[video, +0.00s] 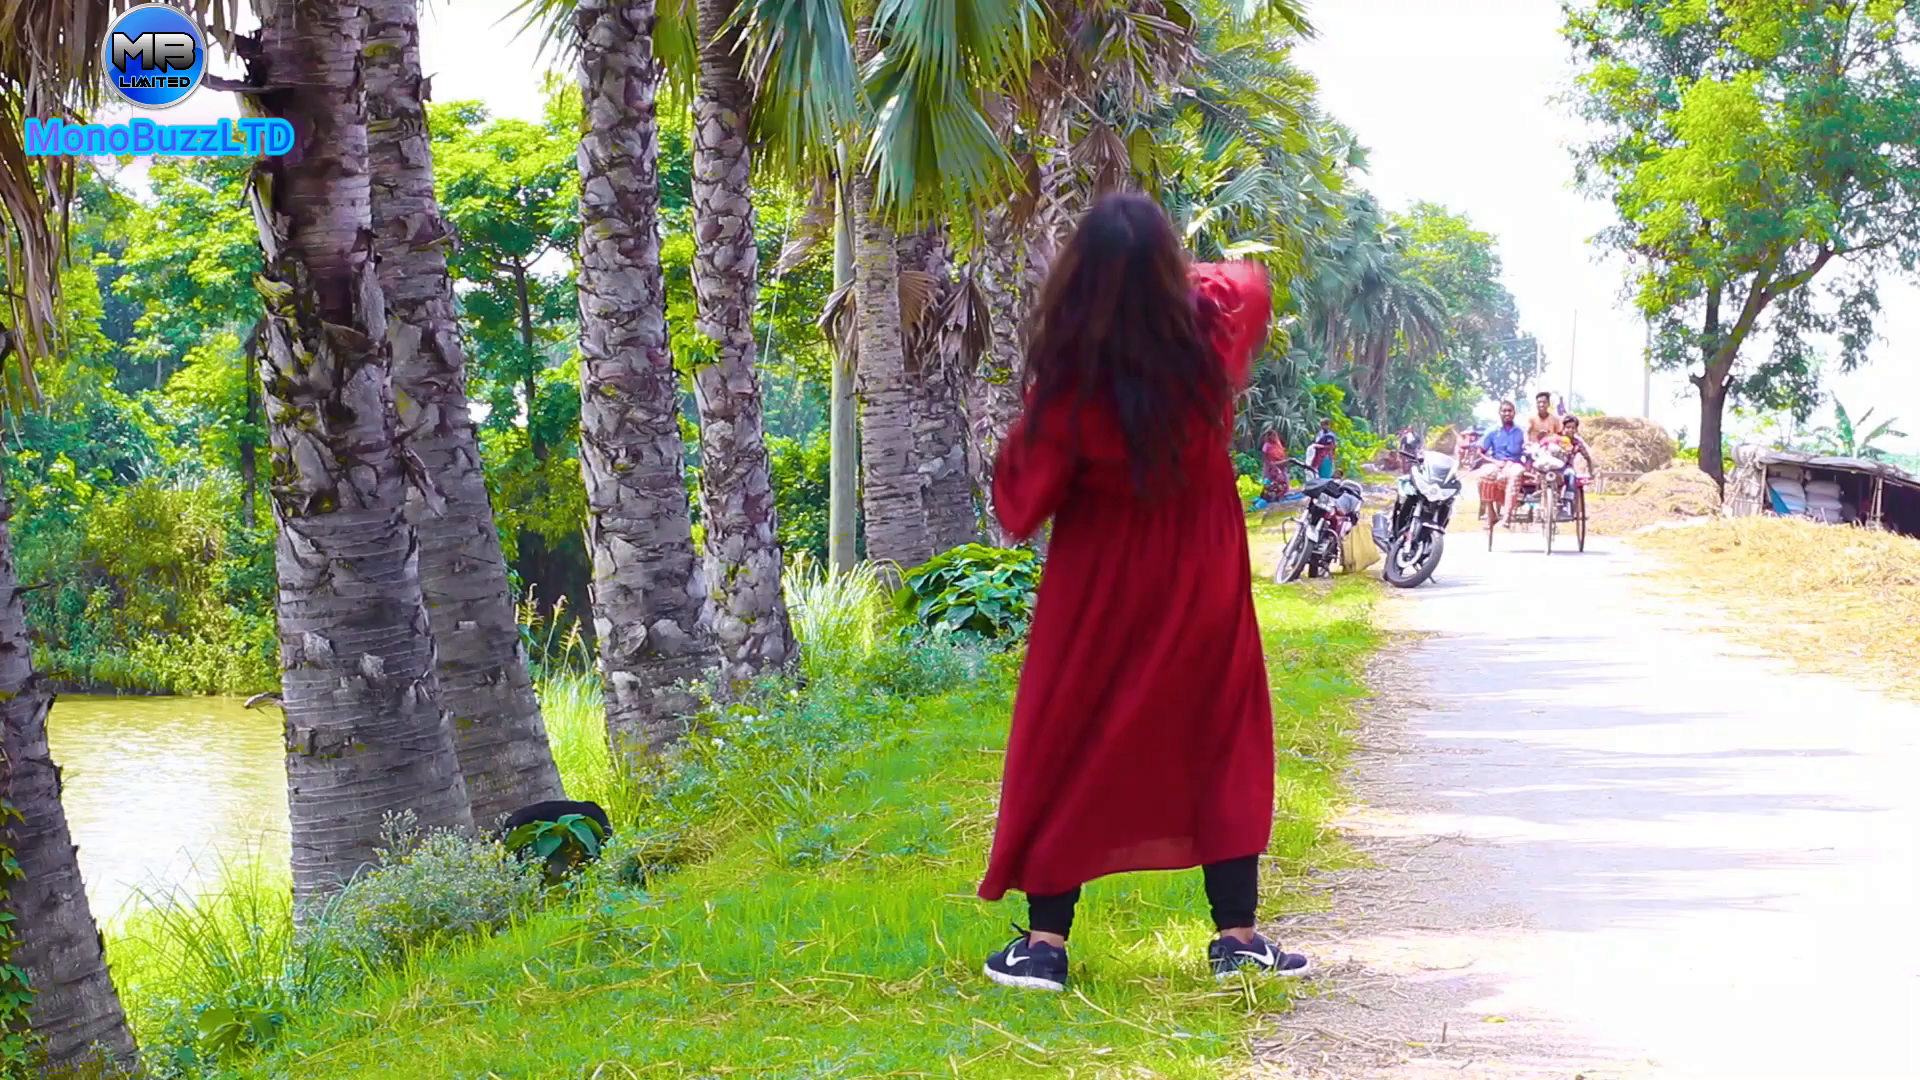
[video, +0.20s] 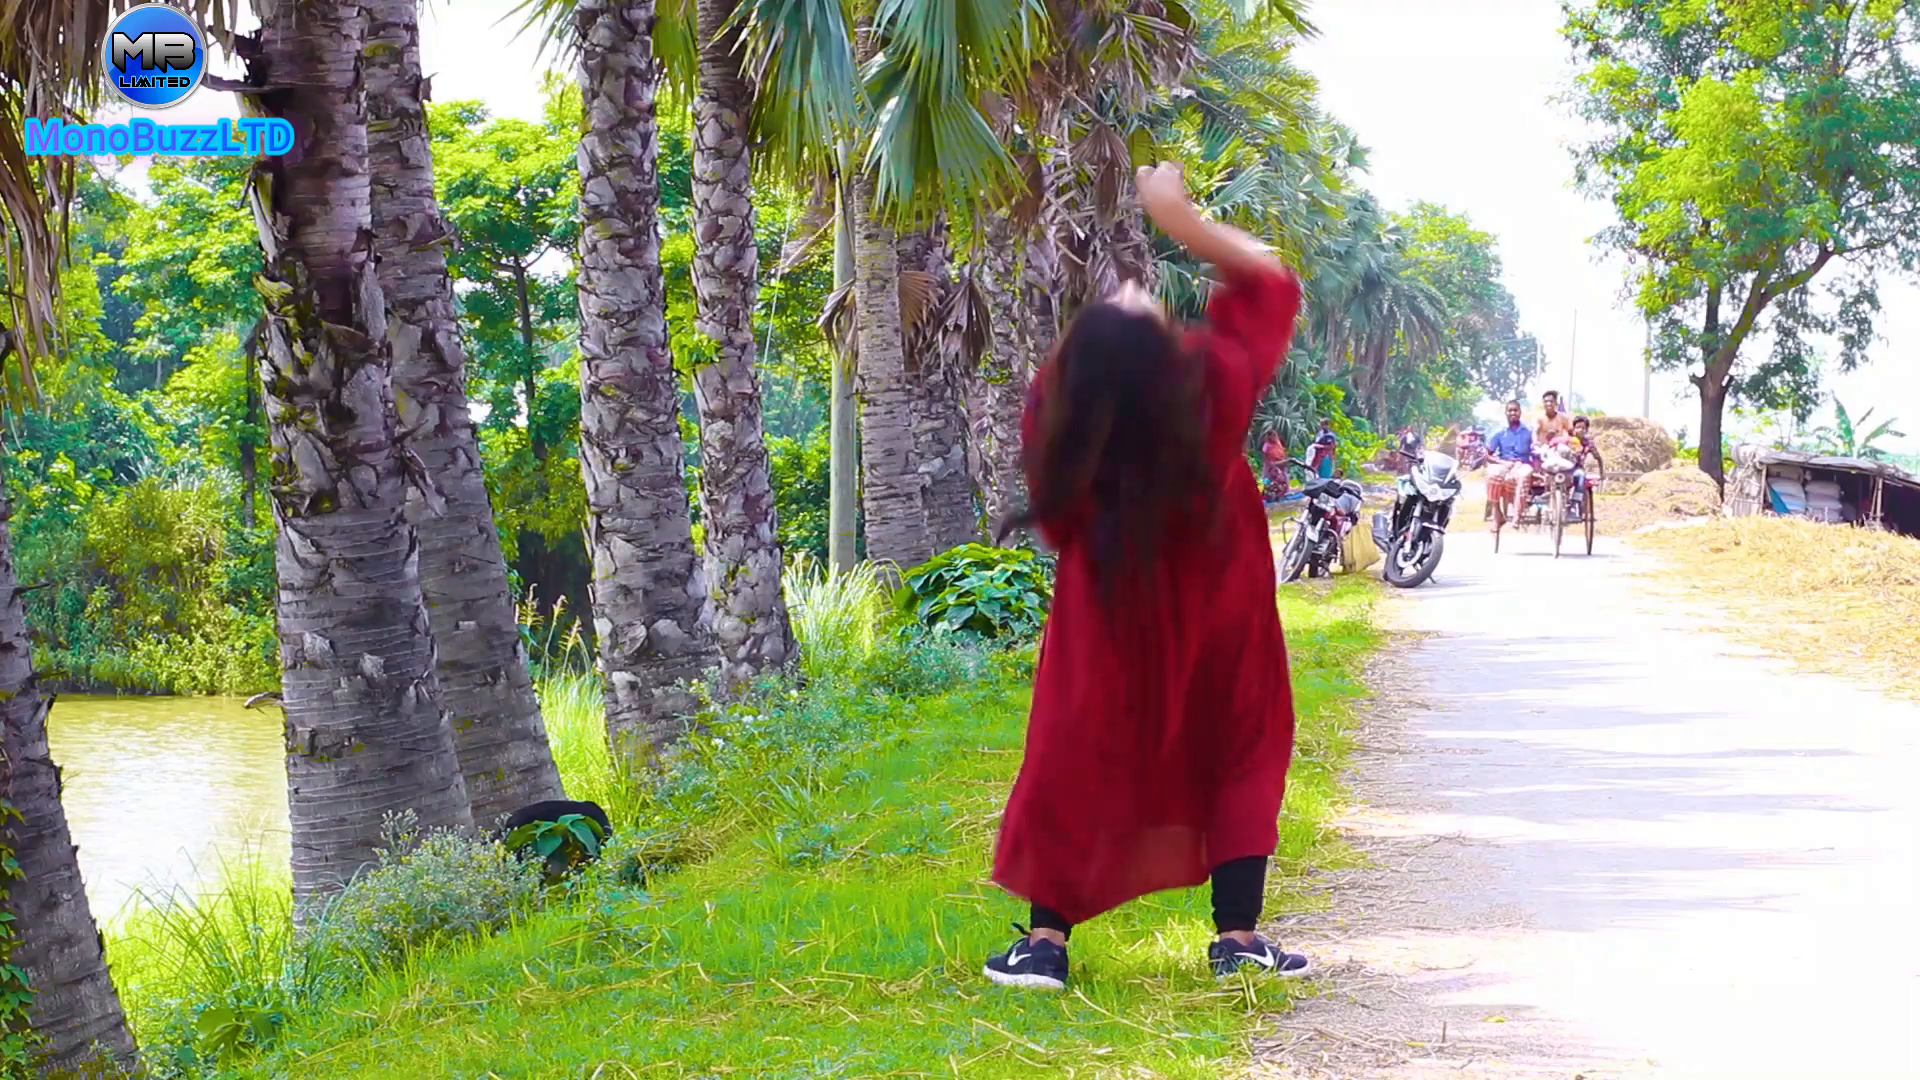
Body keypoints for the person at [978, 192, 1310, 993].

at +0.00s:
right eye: (1177, 257)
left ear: (1078, 279)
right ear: (1169, 273)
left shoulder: (1069, 378)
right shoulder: (1207, 326)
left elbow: (1017, 502)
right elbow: (1251, 279)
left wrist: (1035, 420)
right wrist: (1177, 273)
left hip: (1100, 588)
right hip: (1204, 583)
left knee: (1066, 745)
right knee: (1228, 744)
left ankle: (1045, 943)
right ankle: (1238, 936)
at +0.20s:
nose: (1134, 290)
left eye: (1125, 290)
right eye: (1140, 296)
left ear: (1084, 356)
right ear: (1164, 341)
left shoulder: (1057, 396)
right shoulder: (1210, 378)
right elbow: (1268, 280)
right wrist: (1182, 218)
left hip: (1104, 587)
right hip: (1218, 584)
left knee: (1073, 751)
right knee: (1246, 745)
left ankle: (1045, 939)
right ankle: (1238, 934)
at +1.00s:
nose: (1093, 525)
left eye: (1075, 546)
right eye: (1109, 546)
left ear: (1060, 559)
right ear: (1154, 562)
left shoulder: (1046, 525)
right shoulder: (1204, 513)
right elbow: (1274, 478)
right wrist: (1173, 457)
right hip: (1236, 639)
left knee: (1063, 775)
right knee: (1278, 768)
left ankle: (1044, 941)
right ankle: (1242, 937)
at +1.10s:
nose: (1081, 510)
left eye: (1057, 553)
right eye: (1089, 558)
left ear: (1042, 554)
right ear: (1134, 577)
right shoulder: (1193, 545)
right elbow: (1302, 543)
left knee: (1070, 781)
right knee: (1272, 767)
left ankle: (1045, 942)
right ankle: (1242, 936)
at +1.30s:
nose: (1091, 562)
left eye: (1073, 585)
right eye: (1106, 584)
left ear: (1059, 576)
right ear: (1143, 597)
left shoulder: (1040, 506)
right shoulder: (1207, 566)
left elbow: (977, 411)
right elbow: (1285, 564)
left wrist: (1064, 366)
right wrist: (1346, 491)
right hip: (1206, 640)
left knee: (1050, 766)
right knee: (1260, 764)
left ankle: (1041, 943)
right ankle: (1240, 939)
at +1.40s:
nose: (1105, 557)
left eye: (1089, 576)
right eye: (1126, 575)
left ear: (1069, 580)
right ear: (1163, 571)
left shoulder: (1054, 509)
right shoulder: (1214, 507)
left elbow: (971, 413)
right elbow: (1282, 552)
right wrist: (1287, 485)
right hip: (1211, 676)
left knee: (1050, 773)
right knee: (1250, 776)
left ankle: (1040, 943)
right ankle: (1239, 936)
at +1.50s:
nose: (1116, 528)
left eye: (1105, 554)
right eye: (1139, 551)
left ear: (1085, 568)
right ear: (1180, 546)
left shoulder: (1063, 532)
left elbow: (969, 463)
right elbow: (1269, 437)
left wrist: (1001, 524)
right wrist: (1174, 458)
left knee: (1054, 778)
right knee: (1248, 772)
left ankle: (1039, 941)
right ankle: (1239, 936)